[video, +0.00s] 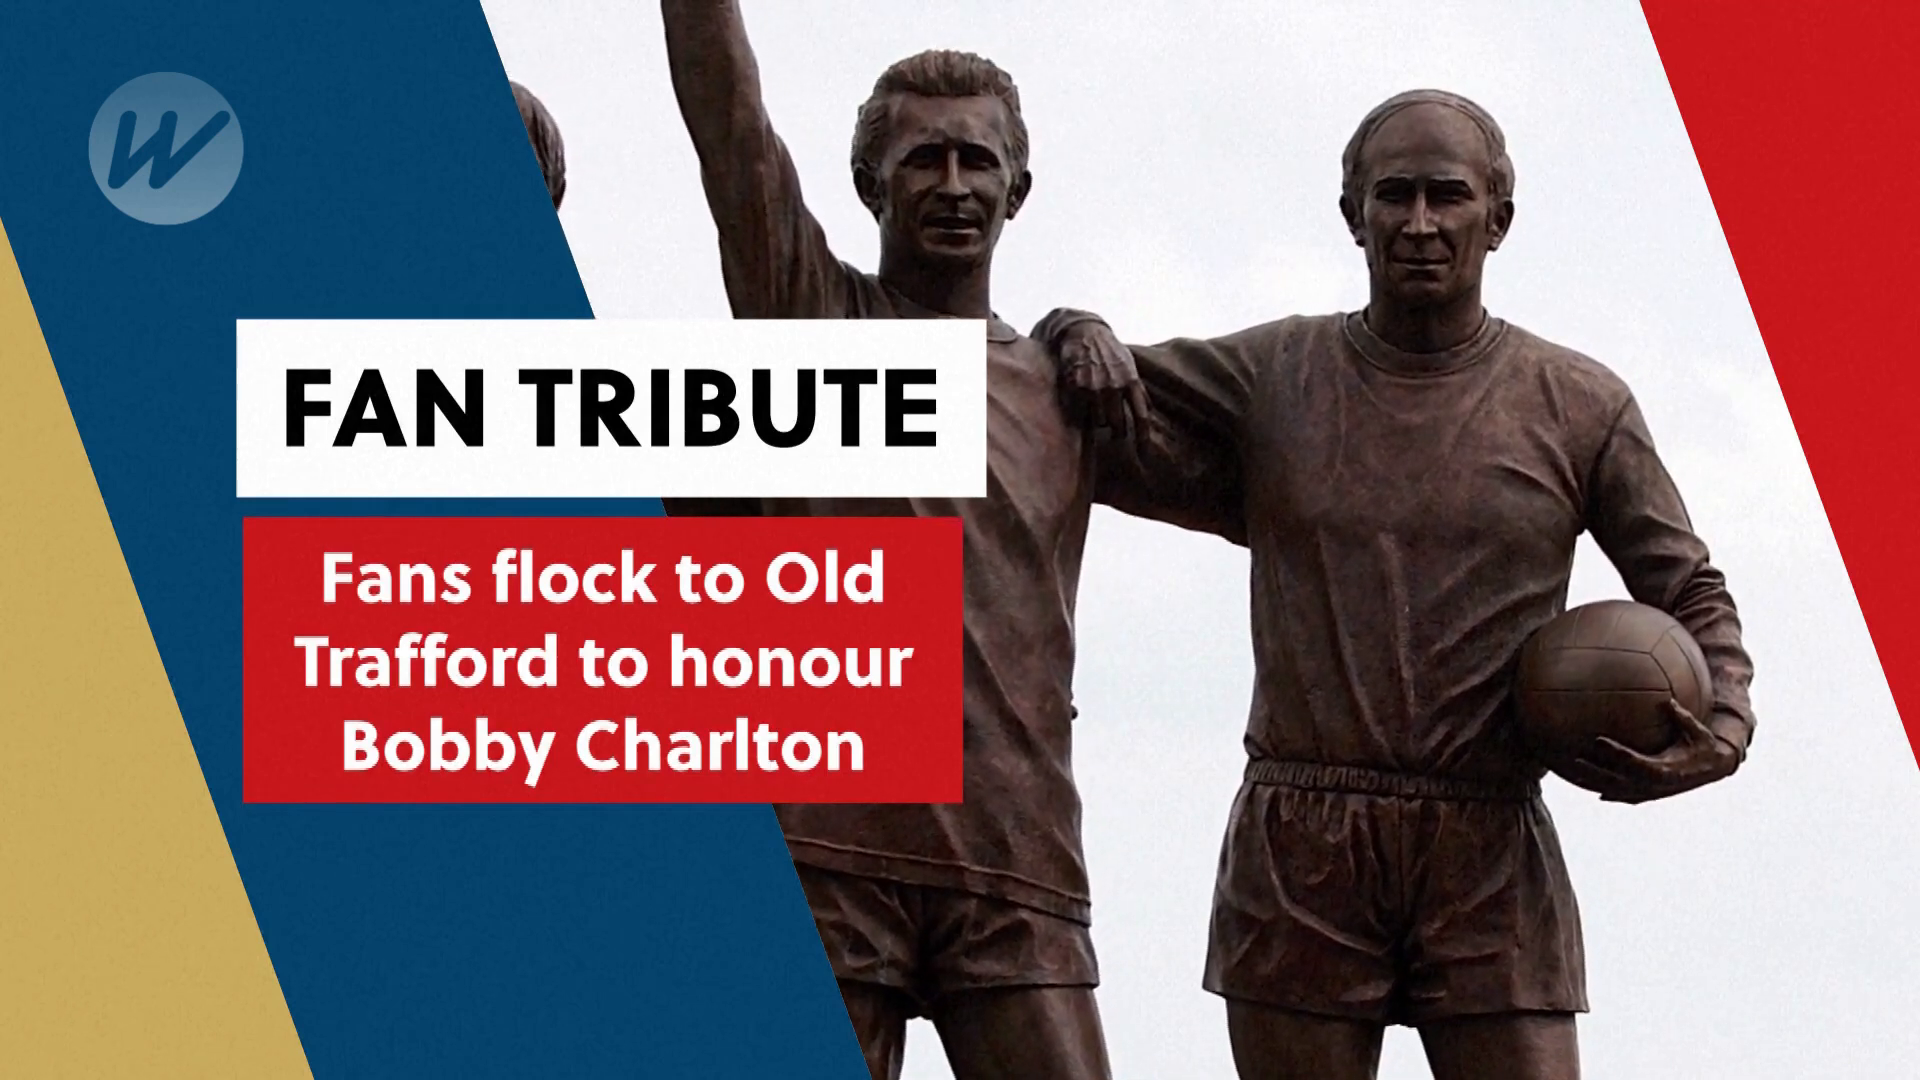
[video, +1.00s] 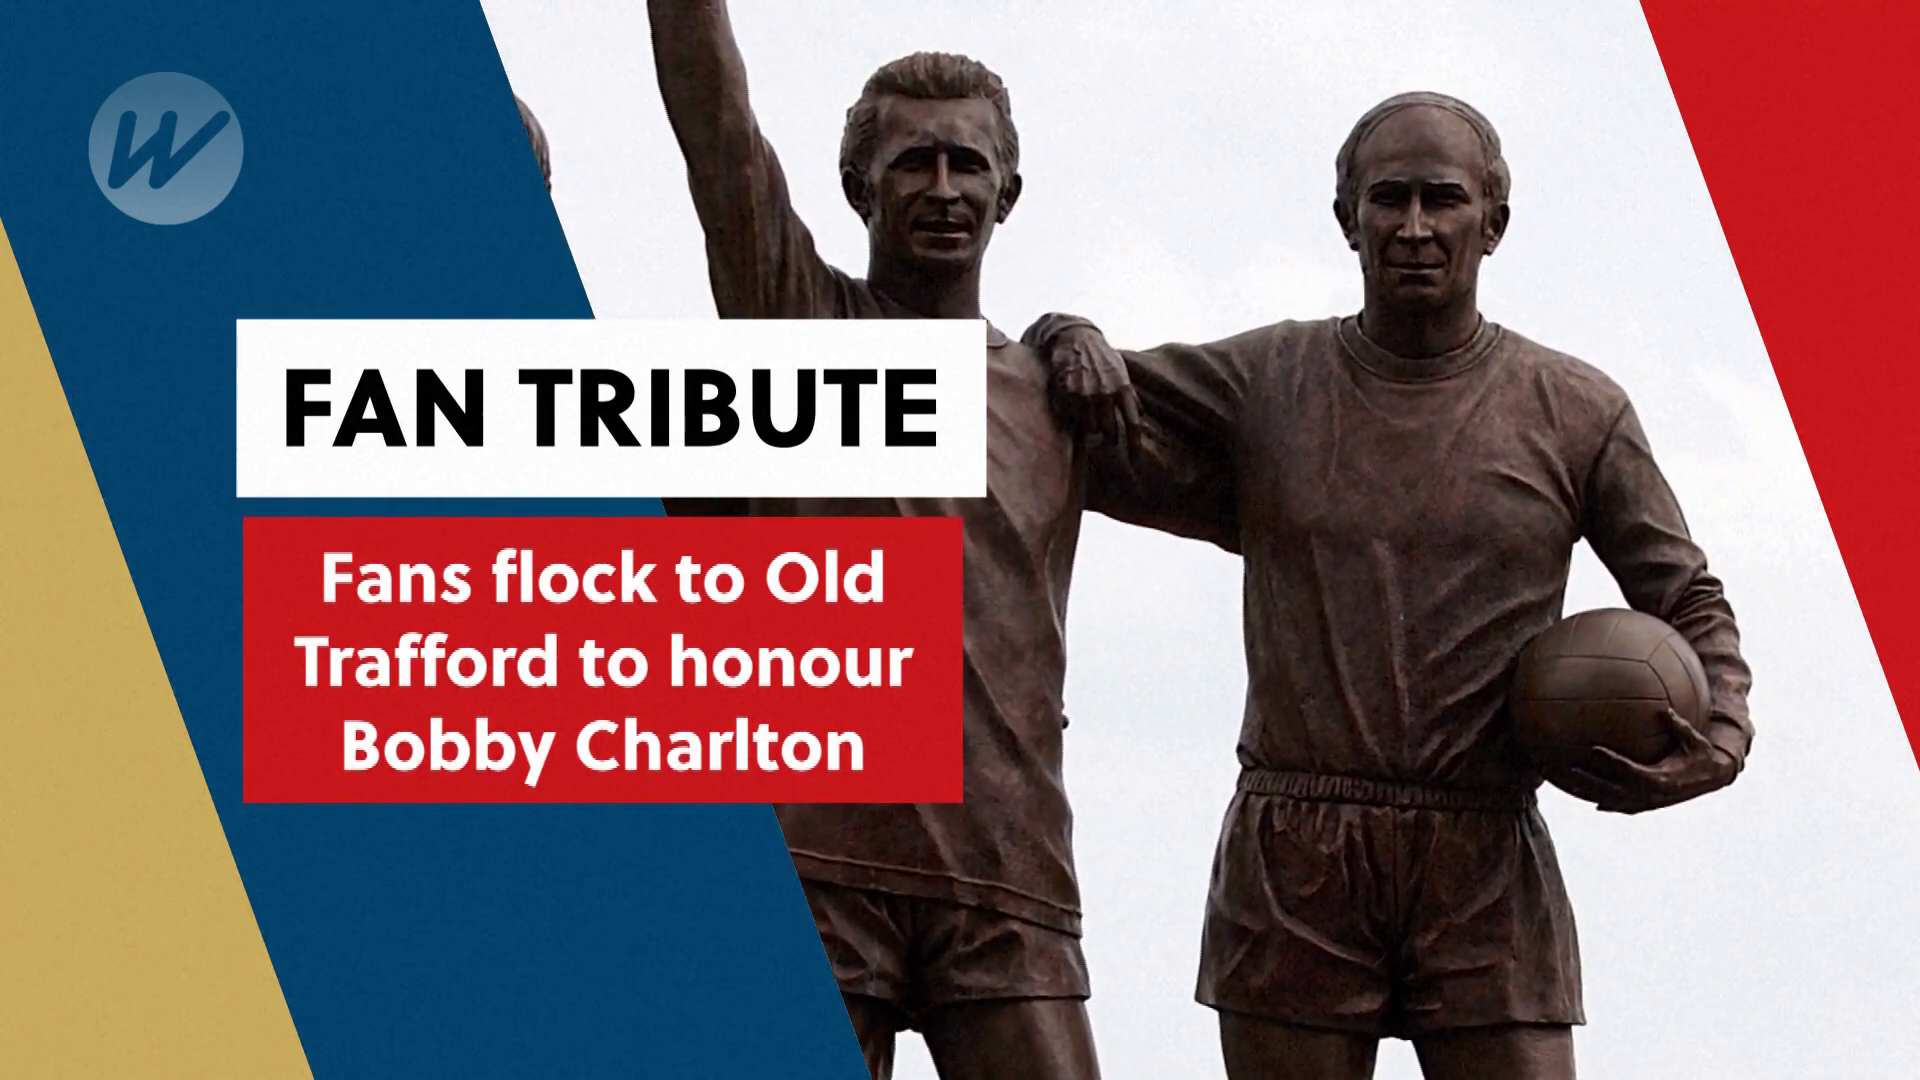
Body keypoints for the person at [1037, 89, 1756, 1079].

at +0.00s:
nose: (1419, 221)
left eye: (1447, 194)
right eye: (1392, 195)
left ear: (1500, 217)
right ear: (1352, 216)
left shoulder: (1580, 403)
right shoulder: (1271, 371)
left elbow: (1689, 592)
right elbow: (1092, 410)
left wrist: (1725, 715)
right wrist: (1074, 332)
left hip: (1490, 852)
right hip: (1298, 848)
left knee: (1534, 1065)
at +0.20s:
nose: (1418, 222)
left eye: (1447, 194)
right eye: (1391, 196)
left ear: (1499, 217)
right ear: (1351, 216)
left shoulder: (1579, 404)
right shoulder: (1270, 372)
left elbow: (1690, 595)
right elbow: (1089, 406)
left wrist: (1723, 722)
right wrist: (1072, 332)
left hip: (1489, 855)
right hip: (1297, 851)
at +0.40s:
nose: (1417, 223)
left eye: (1446, 195)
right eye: (1390, 197)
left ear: (1498, 218)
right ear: (1350, 217)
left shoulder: (1578, 405)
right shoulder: (1269, 373)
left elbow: (1689, 596)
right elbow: (1088, 401)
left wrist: (1723, 722)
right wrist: (1071, 333)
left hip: (1488, 855)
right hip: (1296, 851)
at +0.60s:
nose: (1416, 223)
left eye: (1445, 196)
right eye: (1389, 198)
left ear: (1497, 218)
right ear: (1349, 219)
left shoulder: (1577, 405)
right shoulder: (1268, 374)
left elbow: (1688, 596)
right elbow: (1086, 402)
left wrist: (1723, 722)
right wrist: (1070, 334)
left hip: (1487, 858)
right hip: (1294, 853)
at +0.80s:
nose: (1415, 224)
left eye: (1444, 196)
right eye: (1388, 198)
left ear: (1496, 220)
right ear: (1348, 219)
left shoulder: (1577, 407)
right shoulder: (1266, 376)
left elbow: (1687, 597)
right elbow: (1085, 411)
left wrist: (1722, 725)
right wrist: (1068, 336)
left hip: (1486, 861)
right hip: (1292, 857)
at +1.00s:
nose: (1414, 224)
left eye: (1443, 197)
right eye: (1387, 199)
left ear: (1495, 221)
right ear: (1347, 220)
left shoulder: (1577, 408)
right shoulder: (1265, 377)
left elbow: (1686, 599)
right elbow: (1084, 410)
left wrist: (1721, 730)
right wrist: (1066, 337)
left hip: (1485, 863)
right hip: (1291, 859)